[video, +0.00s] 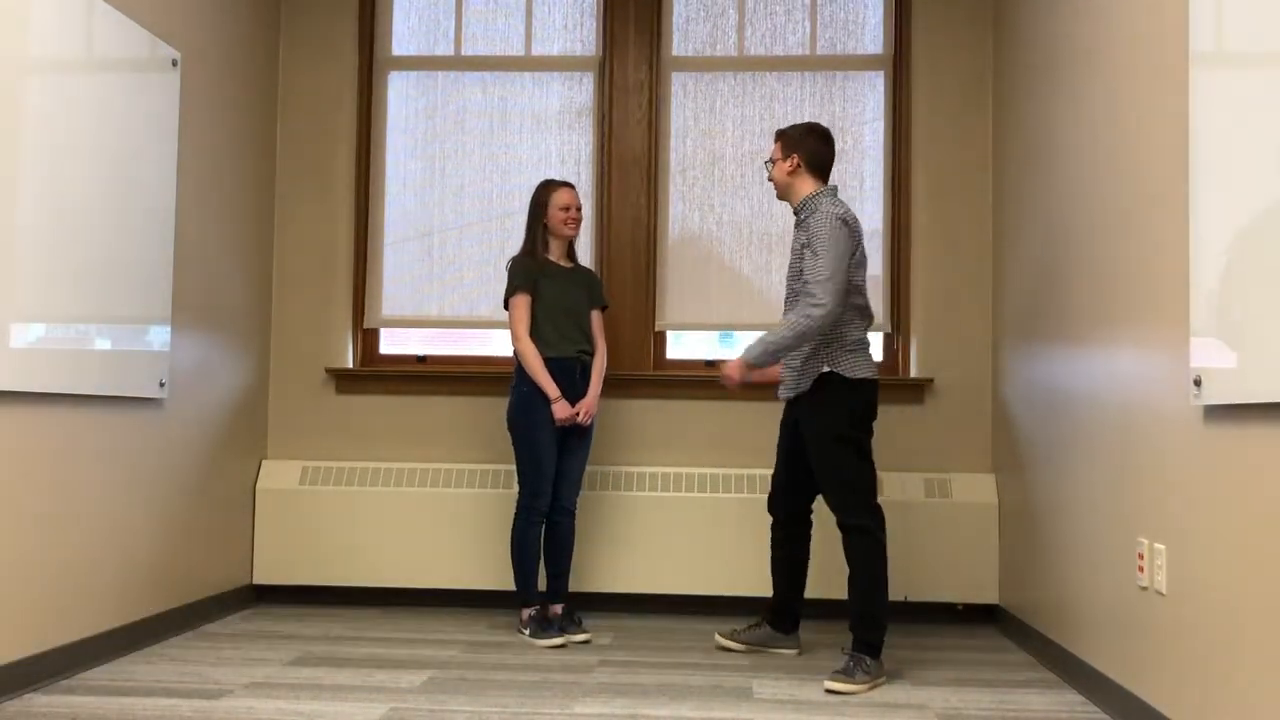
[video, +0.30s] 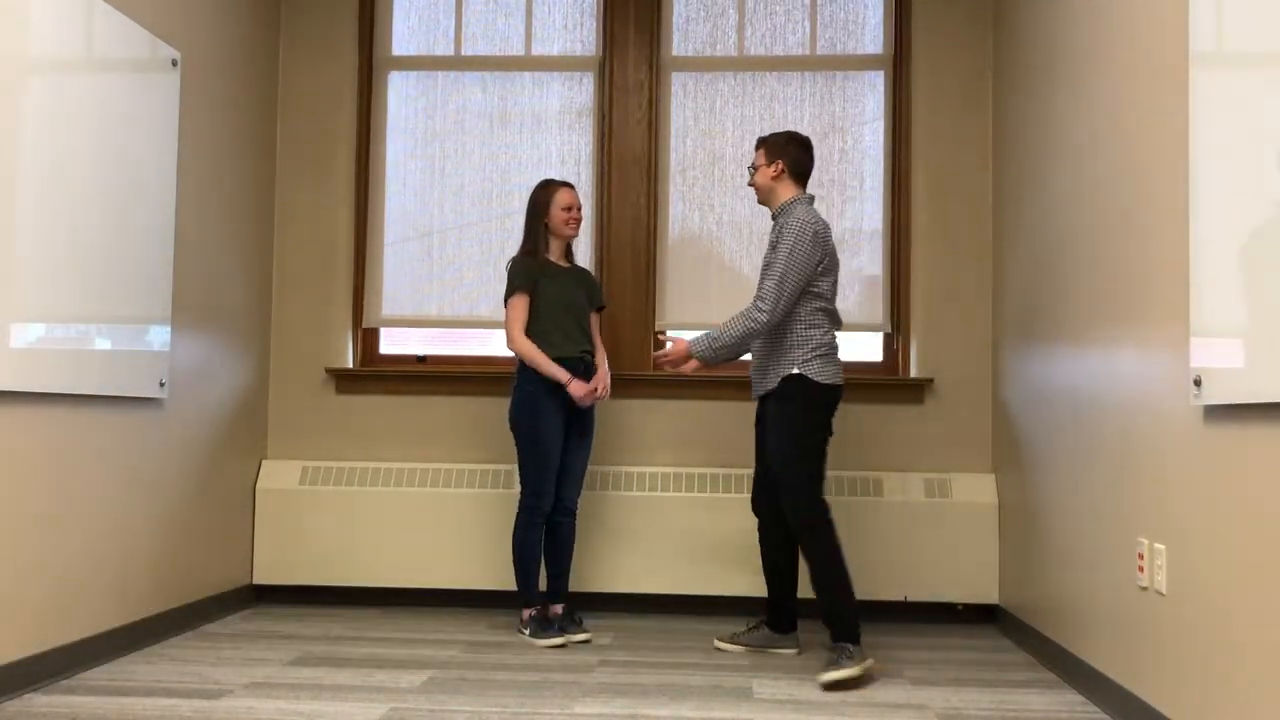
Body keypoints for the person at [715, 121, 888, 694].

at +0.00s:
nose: (768, 170)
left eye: (774, 160)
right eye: (770, 160)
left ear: (797, 163)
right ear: (803, 163)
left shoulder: (829, 217)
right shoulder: (811, 218)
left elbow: (821, 309)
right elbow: (826, 311)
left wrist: (750, 356)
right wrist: (792, 367)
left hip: (840, 387)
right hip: (811, 384)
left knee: (858, 519)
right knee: (788, 506)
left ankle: (866, 653)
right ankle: (781, 625)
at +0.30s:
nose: (749, 176)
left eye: (754, 166)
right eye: (751, 167)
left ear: (778, 168)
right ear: (782, 169)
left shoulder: (802, 227)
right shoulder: (788, 227)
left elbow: (765, 313)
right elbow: (768, 316)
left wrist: (694, 346)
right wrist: (706, 354)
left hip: (802, 383)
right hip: (781, 384)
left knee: (803, 505)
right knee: (770, 504)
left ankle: (847, 644)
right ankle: (779, 627)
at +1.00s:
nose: (726, 180)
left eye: (731, 170)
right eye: (728, 171)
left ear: (755, 173)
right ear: (762, 175)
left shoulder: (771, 228)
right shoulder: (777, 227)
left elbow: (749, 319)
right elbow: (750, 319)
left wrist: (681, 333)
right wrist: (687, 324)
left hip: (768, 383)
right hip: (781, 382)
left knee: (723, 496)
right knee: (775, 502)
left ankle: (769, 624)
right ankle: (782, 625)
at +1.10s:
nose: (721, 180)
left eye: (726, 170)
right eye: (723, 171)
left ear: (751, 172)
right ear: (755, 173)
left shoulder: (770, 230)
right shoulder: (767, 229)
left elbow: (755, 325)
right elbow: (746, 318)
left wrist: (682, 341)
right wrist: (687, 318)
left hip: (765, 381)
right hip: (771, 380)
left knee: (712, 487)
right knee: (776, 504)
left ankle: (759, 619)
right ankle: (783, 628)